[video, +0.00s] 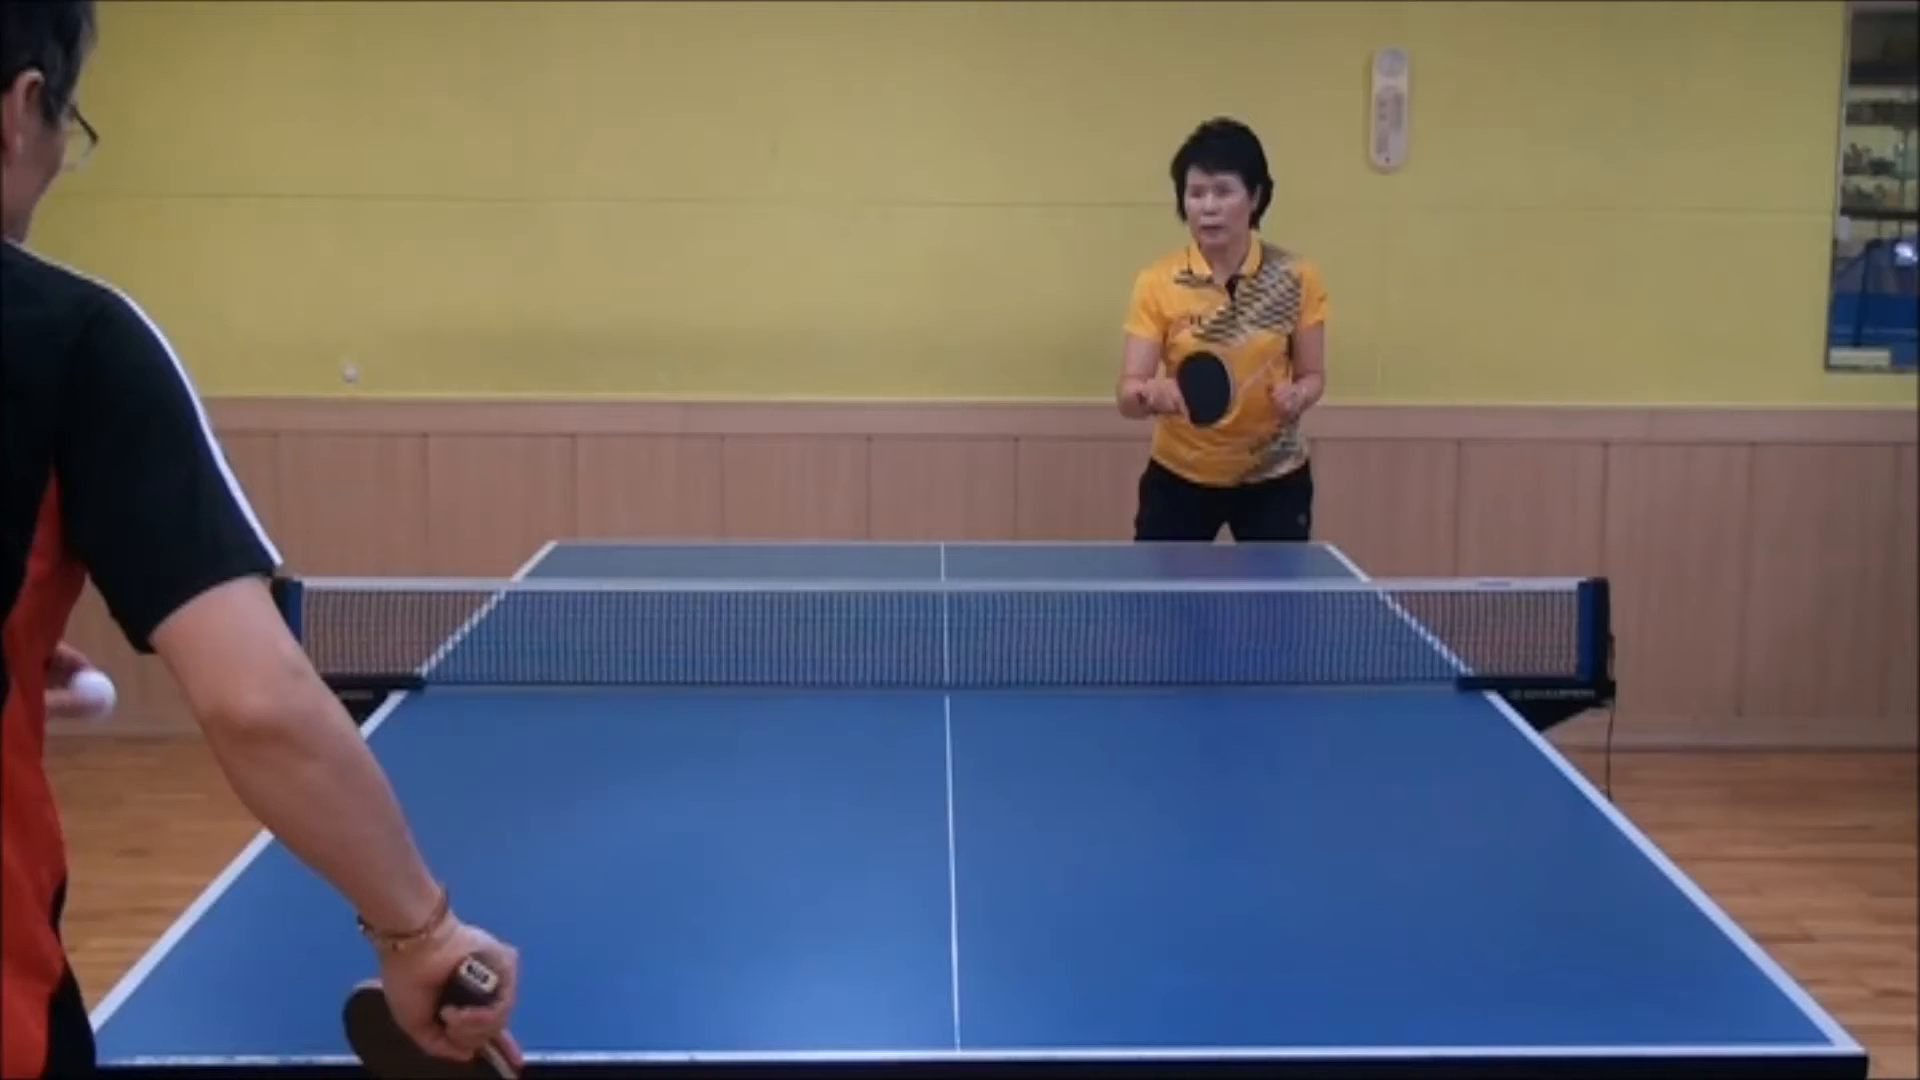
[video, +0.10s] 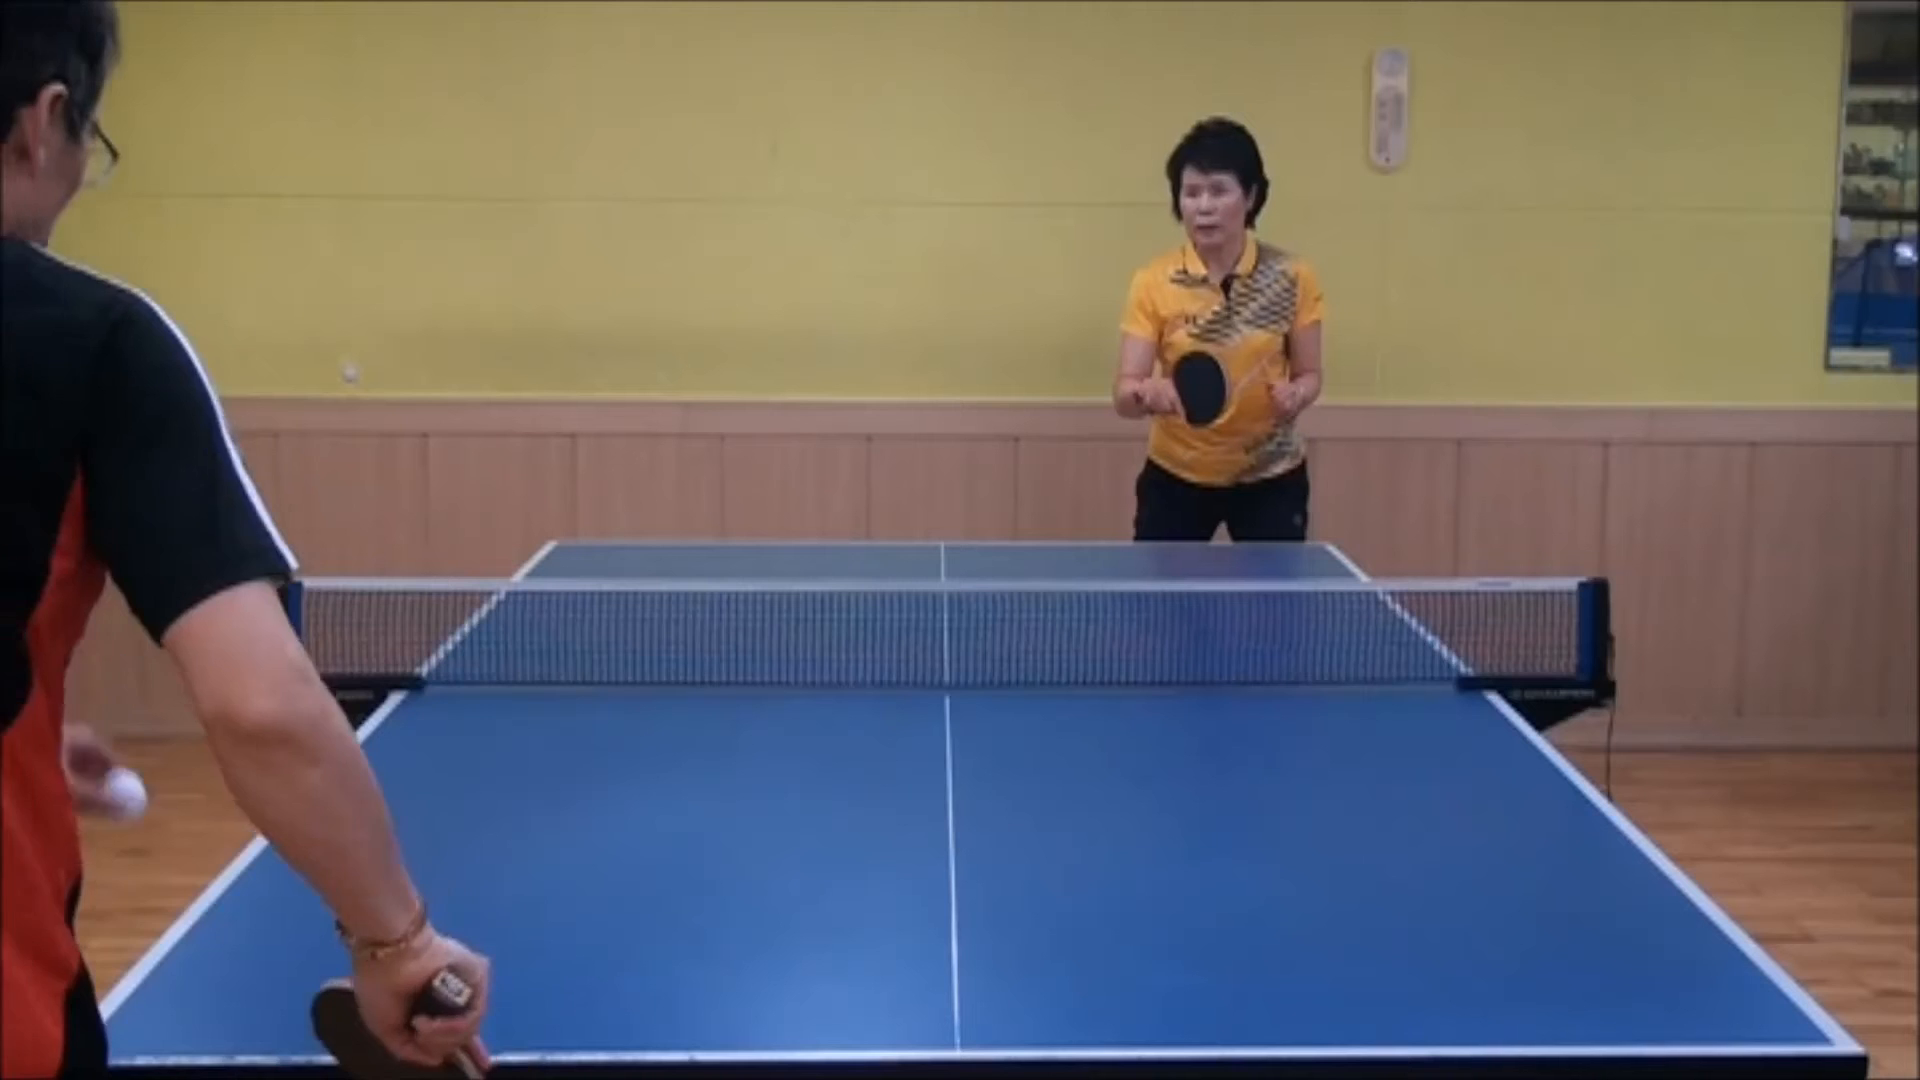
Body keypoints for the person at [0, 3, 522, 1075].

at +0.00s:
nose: (53, 170)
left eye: (67, 136)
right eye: (64, 129)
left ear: (20, 108)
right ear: (17, 107)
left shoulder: (72, 334)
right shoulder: (61, 333)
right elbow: (255, 699)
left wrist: (3, 651)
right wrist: (416, 928)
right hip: (6, 1008)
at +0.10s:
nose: (83, 175)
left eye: (90, 142)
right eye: (88, 139)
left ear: (27, 124)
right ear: (38, 124)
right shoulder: (83, 335)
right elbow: (258, 703)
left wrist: (28, 721)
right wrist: (393, 939)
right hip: (16, 994)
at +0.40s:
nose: (121, 191)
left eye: (127, 154)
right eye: (125, 150)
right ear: (76, 139)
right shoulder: (132, 349)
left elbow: (357, 687)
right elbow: (356, 688)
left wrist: (177, 794)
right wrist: (182, 790)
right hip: (37, 986)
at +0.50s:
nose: (115, 185)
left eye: (121, 151)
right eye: (118, 145)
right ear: (64, 129)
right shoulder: (116, 346)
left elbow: (379, 677)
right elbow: (383, 674)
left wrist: (355, 711)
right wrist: (348, 720)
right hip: (28, 999)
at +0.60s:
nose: (96, 175)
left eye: (104, 144)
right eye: (100, 141)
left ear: (38, 126)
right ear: (40, 128)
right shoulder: (118, 351)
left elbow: (374, 602)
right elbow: (379, 609)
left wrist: (470, 652)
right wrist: (493, 663)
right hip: (20, 999)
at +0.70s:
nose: (64, 164)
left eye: (75, 126)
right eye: (71, 124)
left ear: (19, 111)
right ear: (17, 112)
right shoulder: (86, 341)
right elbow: (356, 639)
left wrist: (423, 668)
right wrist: (443, 678)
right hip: (15, 1000)